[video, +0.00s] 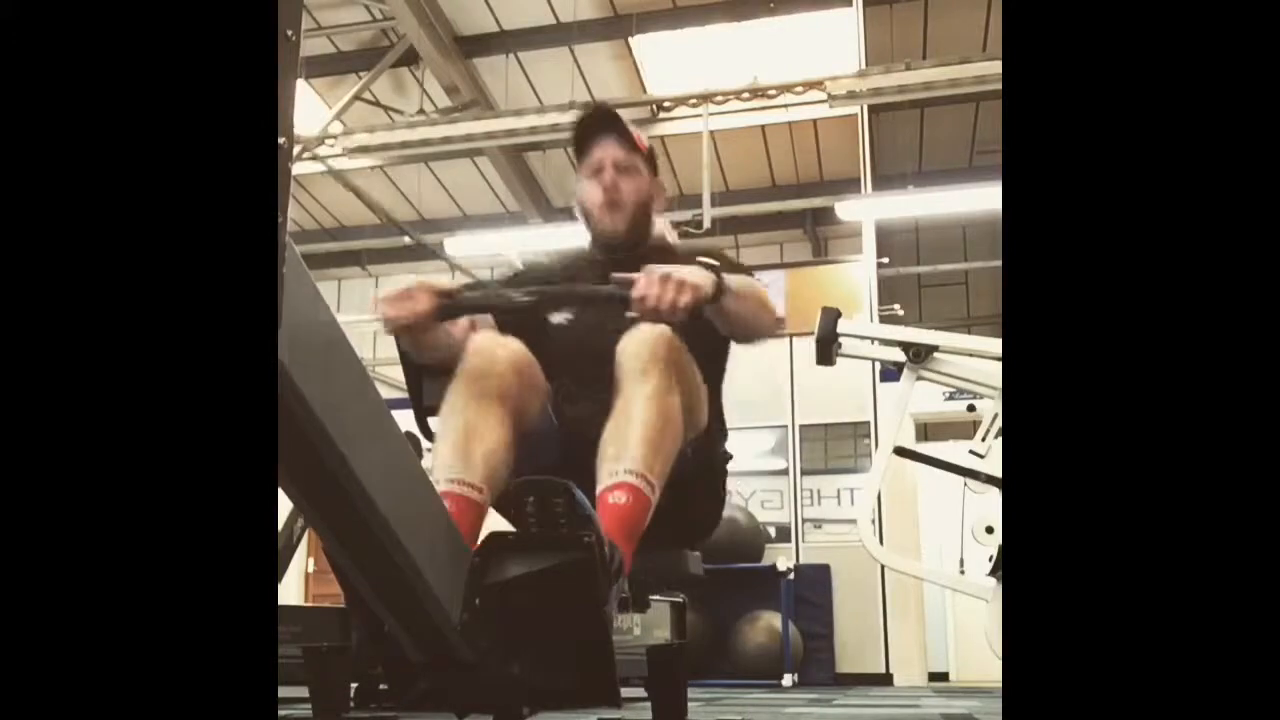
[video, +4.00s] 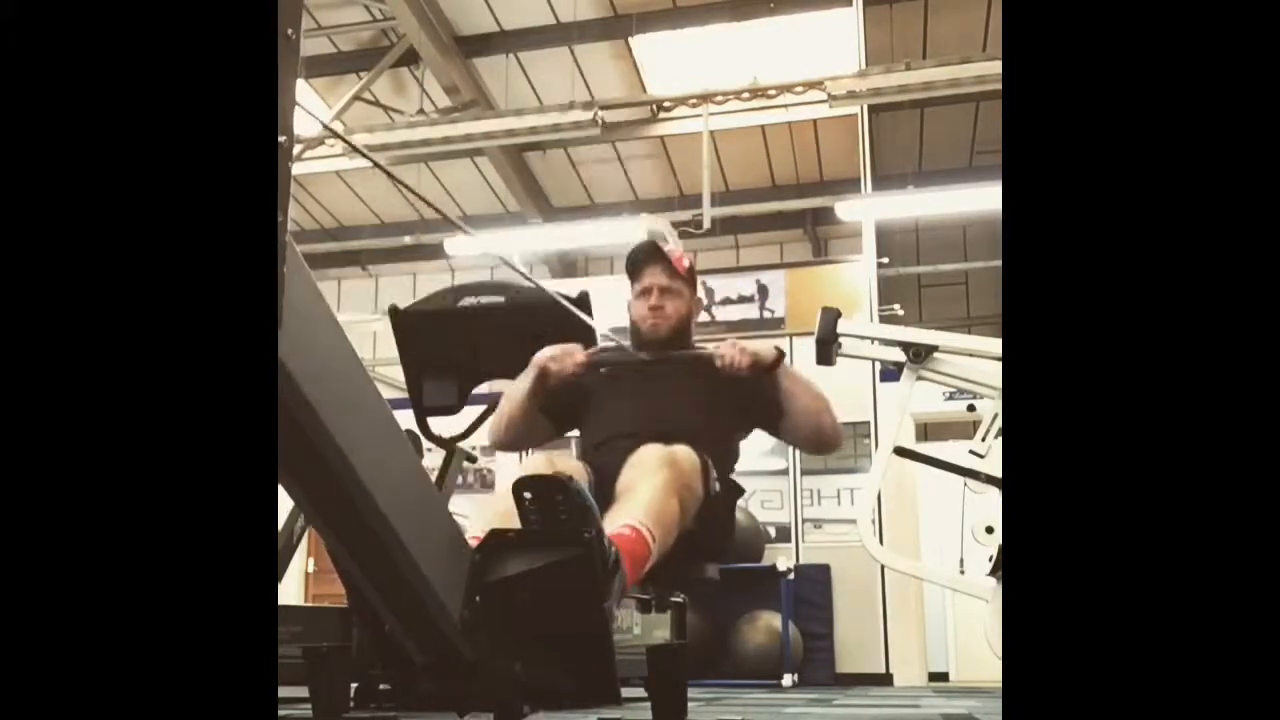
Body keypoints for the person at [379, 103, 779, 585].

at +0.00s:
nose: (610, 185)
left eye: (627, 169)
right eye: (594, 173)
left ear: (656, 187)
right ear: (578, 197)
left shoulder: (703, 270)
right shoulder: (541, 281)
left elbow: (766, 323)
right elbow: (449, 348)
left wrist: (710, 285)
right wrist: (415, 326)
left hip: (671, 489)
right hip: (551, 487)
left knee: (649, 344)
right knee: (488, 352)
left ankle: (607, 558)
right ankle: (442, 557)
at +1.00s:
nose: (622, 201)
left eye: (639, 191)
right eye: (609, 192)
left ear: (667, 210)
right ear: (592, 212)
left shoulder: (704, 288)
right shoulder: (552, 290)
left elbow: (769, 346)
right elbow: (473, 372)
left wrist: (724, 305)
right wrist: (442, 340)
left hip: (674, 489)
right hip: (555, 490)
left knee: (652, 358)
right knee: (505, 364)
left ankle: (607, 557)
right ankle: (446, 551)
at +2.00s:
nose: (639, 246)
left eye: (654, 235)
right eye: (628, 235)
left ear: (680, 250)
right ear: (612, 251)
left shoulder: (717, 329)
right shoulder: (571, 332)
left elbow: (809, 383)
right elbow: (468, 407)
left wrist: (753, 326)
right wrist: (473, 344)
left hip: (681, 501)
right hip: (568, 492)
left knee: (654, 391)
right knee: (521, 395)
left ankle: (606, 567)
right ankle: (458, 553)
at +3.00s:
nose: (651, 289)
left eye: (665, 280)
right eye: (639, 281)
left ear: (690, 293)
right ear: (624, 296)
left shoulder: (725, 355)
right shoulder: (583, 358)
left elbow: (824, 419)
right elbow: (488, 437)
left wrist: (767, 350)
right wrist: (515, 363)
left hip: (689, 504)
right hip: (582, 499)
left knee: (655, 439)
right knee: (536, 439)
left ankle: (610, 572)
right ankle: (469, 554)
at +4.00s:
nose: (655, 302)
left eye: (669, 293)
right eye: (645, 293)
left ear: (695, 304)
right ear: (630, 305)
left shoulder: (726, 368)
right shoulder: (596, 368)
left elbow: (825, 437)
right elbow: (505, 438)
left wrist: (773, 365)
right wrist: (535, 376)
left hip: (696, 498)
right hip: (595, 488)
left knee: (660, 461)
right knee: (537, 468)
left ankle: (605, 575)